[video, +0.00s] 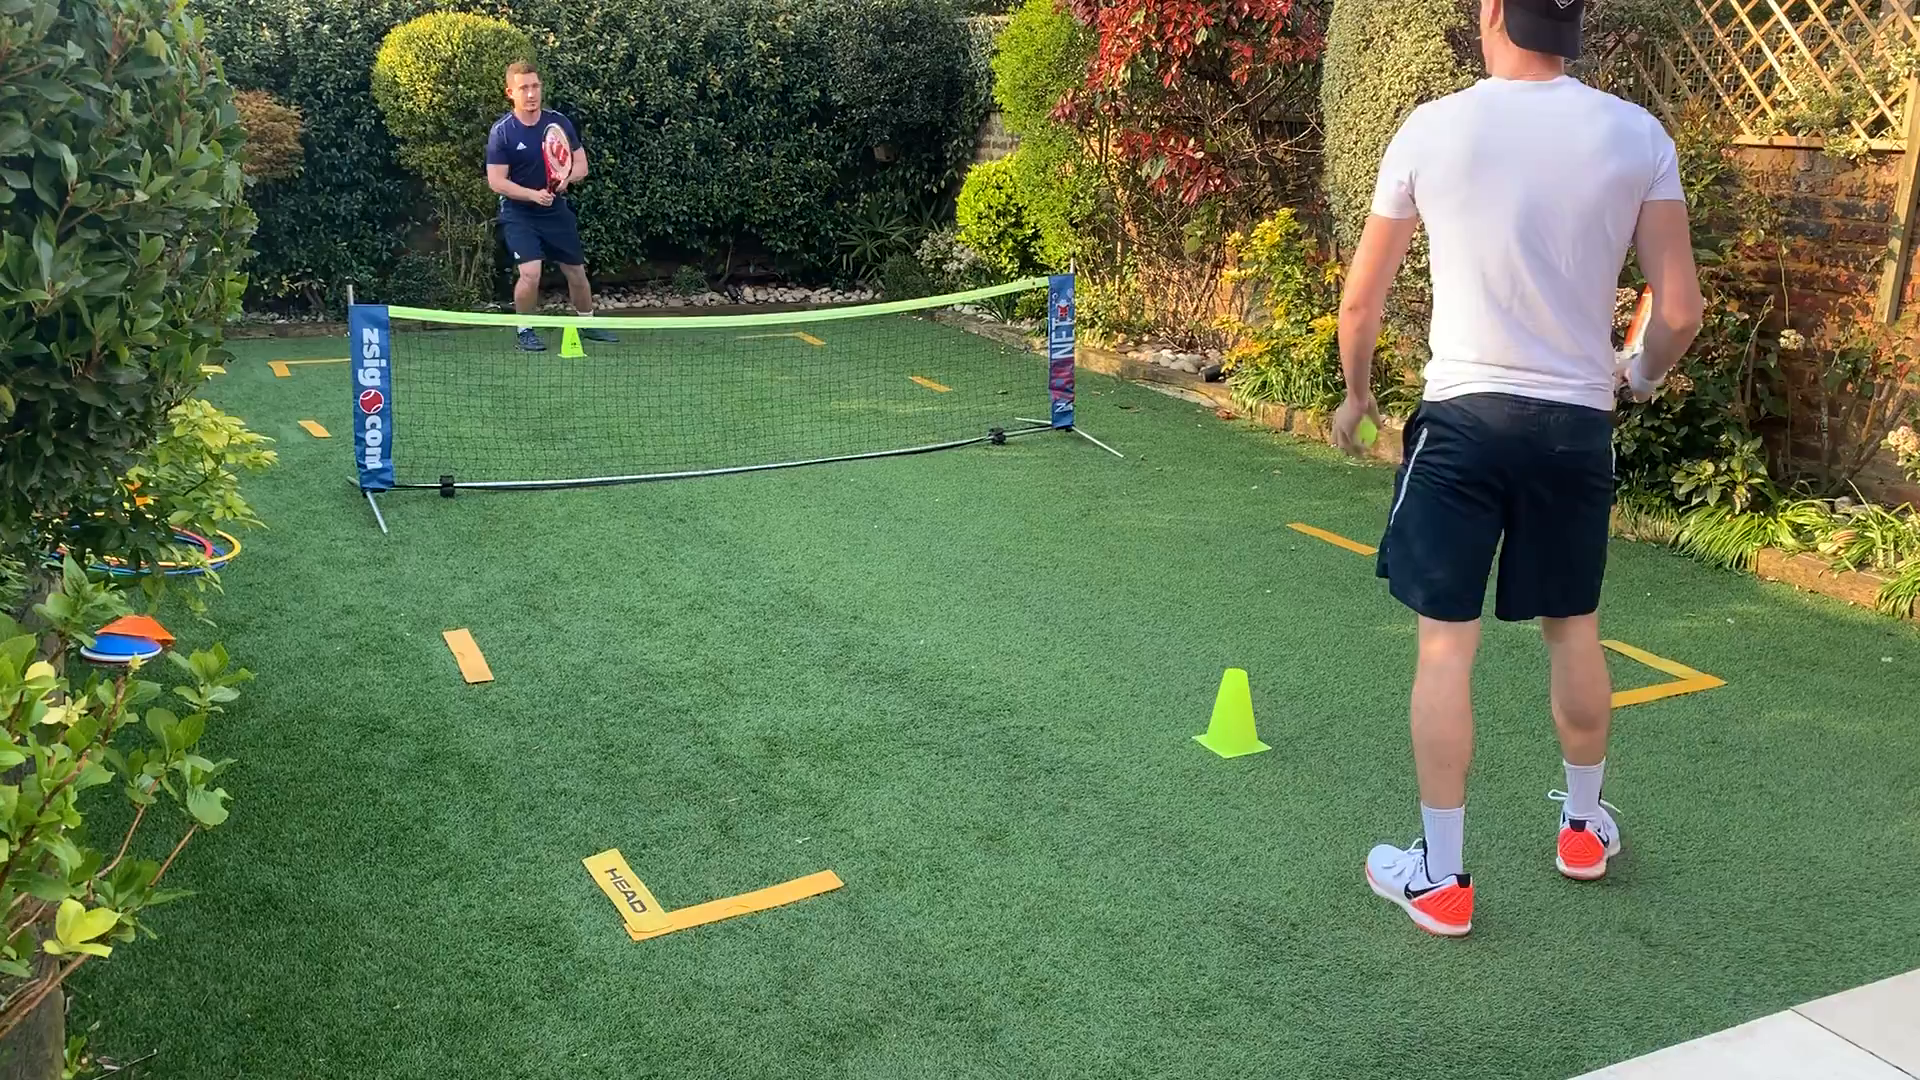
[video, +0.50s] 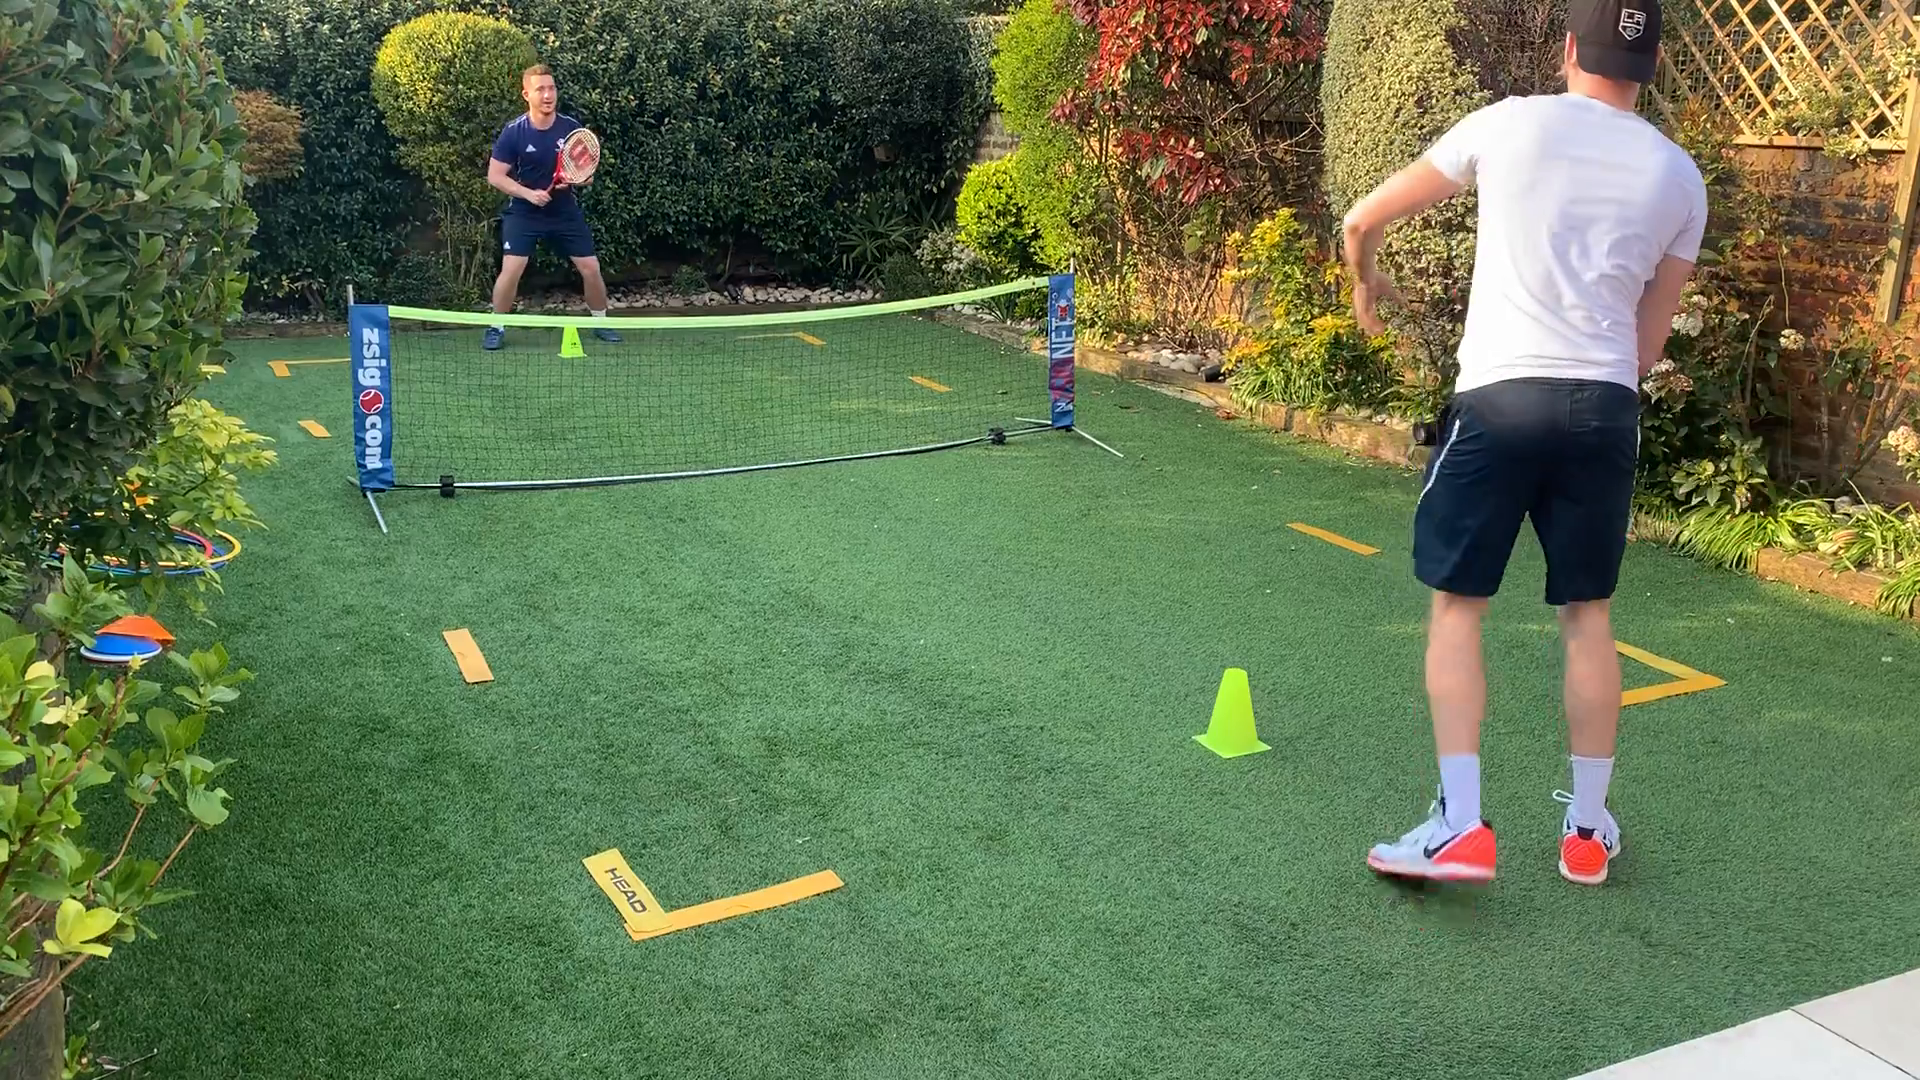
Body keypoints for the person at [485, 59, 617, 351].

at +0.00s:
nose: (532, 93)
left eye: (535, 87)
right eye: (524, 88)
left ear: (541, 89)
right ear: (510, 94)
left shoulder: (559, 122)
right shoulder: (501, 132)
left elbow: (581, 165)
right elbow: (496, 181)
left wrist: (567, 176)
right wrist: (532, 195)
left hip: (557, 208)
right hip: (519, 213)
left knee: (576, 271)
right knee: (531, 273)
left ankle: (587, 325)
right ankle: (525, 330)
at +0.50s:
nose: (548, 95)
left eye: (551, 88)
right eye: (540, 90)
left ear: (557, 91)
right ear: (526, 95)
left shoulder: (572, 128)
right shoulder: (513, 132)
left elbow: (587, 170)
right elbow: (495, 176)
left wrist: (574, 178)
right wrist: (528, 193)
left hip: (565, 211)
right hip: (524, 213)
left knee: (591, 267)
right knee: (512, 268)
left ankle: (601, 323)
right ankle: (496, 326)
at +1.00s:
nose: (562, 107)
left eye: (565, 101)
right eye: (554, 102)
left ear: (570, 104)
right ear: (540, 107)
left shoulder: (582, 139)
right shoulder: (526, 144)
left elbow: (601, 173)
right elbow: (510, 188)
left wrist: (594, 186)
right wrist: (546, 205)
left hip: (576, 213)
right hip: (534, 217)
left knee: (616, 264)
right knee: (517, 273)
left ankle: (628, 323)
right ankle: (496, 327)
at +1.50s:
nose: (653, 89)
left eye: (657, 83)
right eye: (646, 84)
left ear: (663, 84)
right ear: (635, 88)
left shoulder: (681, 120)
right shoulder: (625, 122)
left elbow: (694, 166)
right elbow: (619, 162)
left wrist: (652, 172)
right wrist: (622, 186)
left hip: (685, 198)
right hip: (647, 203)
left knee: (710, 256)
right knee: (646, 269)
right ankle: (668, 320)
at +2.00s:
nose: (715, 108)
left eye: (720, 100)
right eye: (709, 102)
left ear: (733, 95)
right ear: (704, 103)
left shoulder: (761, 121)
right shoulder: (712, 142)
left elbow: (798, 150)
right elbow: (719, 190)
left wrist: (778, 181)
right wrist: (706, 227)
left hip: (784, 204)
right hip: (750, 213)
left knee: (806, 257)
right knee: (756, 273)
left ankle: (832, 317)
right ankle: (782, 323)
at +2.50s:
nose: (736, 125)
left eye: (741, 118)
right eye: (732, 119)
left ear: (757, 112)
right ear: (729, 119)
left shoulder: (790, 143)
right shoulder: (735, 156)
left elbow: (823, 176)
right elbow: (732, 196)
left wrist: (795, 192)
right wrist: (728, 221)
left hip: (799, 224)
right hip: (759, 224)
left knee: (832, 284)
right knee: (728, 261)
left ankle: (855, 324)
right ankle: (723, 328)